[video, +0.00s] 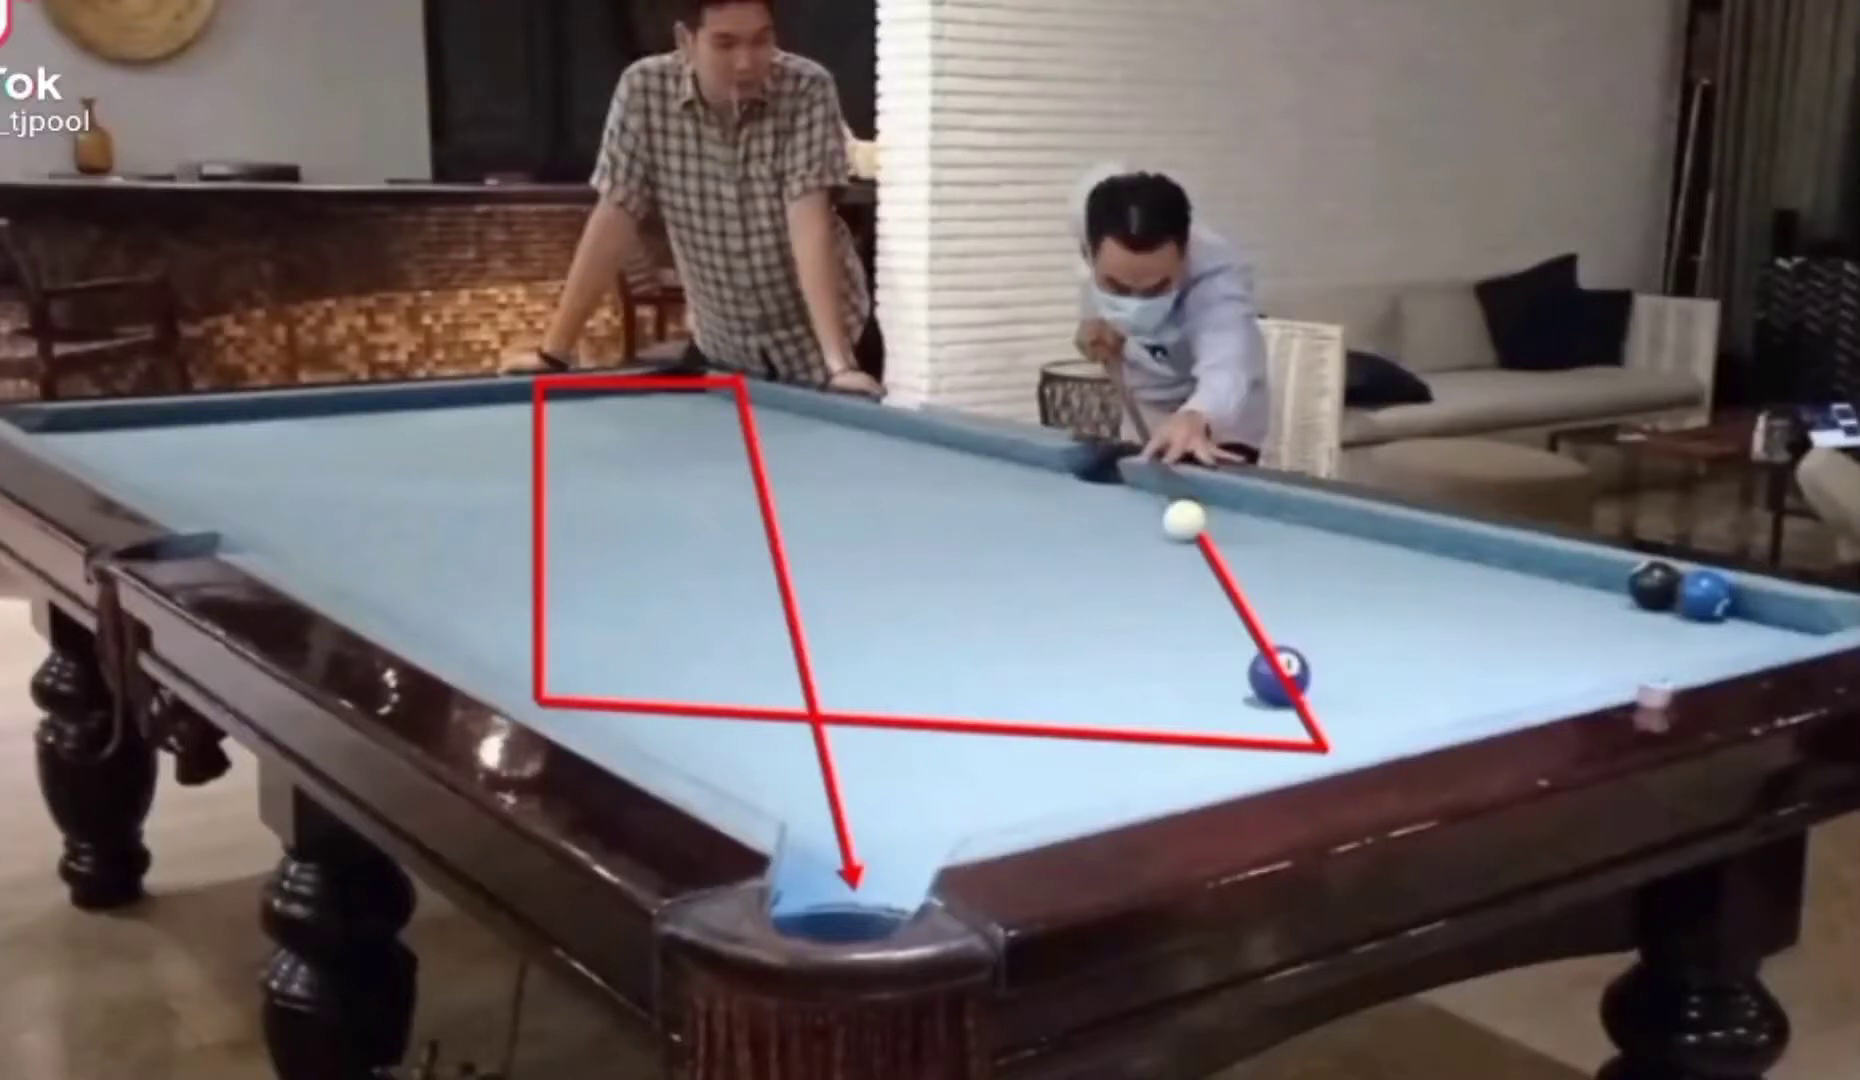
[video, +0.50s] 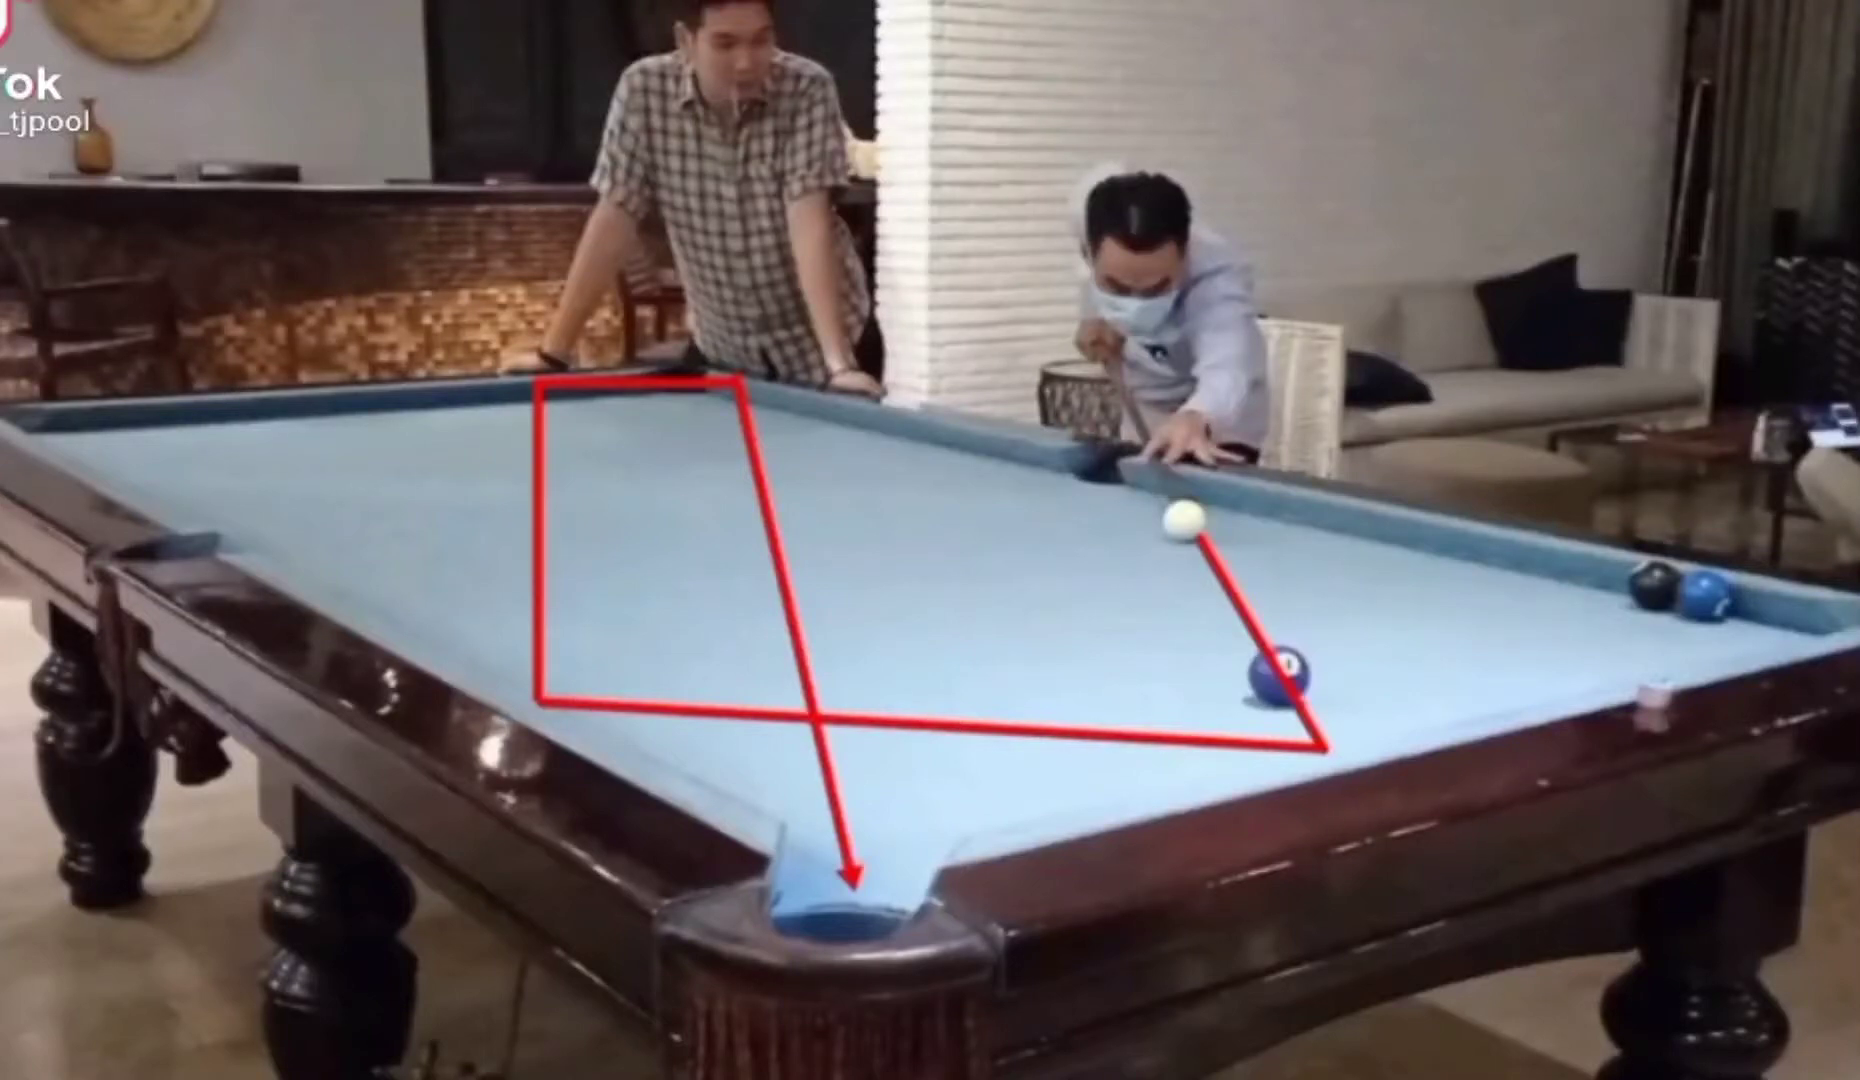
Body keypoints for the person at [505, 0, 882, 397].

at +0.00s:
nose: (746, 63)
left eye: (758, 41)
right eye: (726, 44)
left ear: (774, 35)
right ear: (686, 43)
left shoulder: (806, 88)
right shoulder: (644, 90)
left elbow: (810, 220)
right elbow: (614, 215)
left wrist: (839, 365)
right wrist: (553, 353)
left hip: (825, 350)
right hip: (723, 350)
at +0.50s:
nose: (746, 63)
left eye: (758, 41)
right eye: (725, 45)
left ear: (773, 36)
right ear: (686, 43)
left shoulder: (806, 88)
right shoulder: (644, 90)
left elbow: (810, 220)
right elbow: (614, 215)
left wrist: (839, 365)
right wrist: (553, 353)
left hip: (826, 351)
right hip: (723, 351)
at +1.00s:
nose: (740, 62)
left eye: (755, 41)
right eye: (720, 44)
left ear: (771, 36)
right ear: (684, 44)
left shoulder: (806, 90)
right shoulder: (647, 91)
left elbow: (809, 216)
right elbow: (616, 213)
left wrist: (838, 363)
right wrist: (553, 351)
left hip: (824, 343)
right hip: (725, 345)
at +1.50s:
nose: (746, 65)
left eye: (760, 42)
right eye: (724, 47)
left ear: (775, 36)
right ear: (687, 46)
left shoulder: (810, 89)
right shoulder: (650, 92)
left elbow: (811, 212)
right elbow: (618, 214)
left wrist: (838, 363)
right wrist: (553, 351)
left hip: (832, 343)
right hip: (728, 345)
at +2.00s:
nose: (750, 55)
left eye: (764, 34)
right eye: (728, 37)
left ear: (780, 32)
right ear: (692, 40)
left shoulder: (814, 89)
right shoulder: (650, 91)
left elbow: (814, 214)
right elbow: (618, 215)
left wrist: (838, 362)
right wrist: (552, 353)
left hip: (830, 346)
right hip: (726, 349)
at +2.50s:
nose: (712, 52)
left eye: (731, 31)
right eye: (695, 32)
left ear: (762, 29)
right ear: (672, 31)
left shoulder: (806, 89)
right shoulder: (644, 90)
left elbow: (810, 219)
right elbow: (615, 217)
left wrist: (837, 361)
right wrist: (553, 351)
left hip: (822, 347)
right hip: (722, 348)